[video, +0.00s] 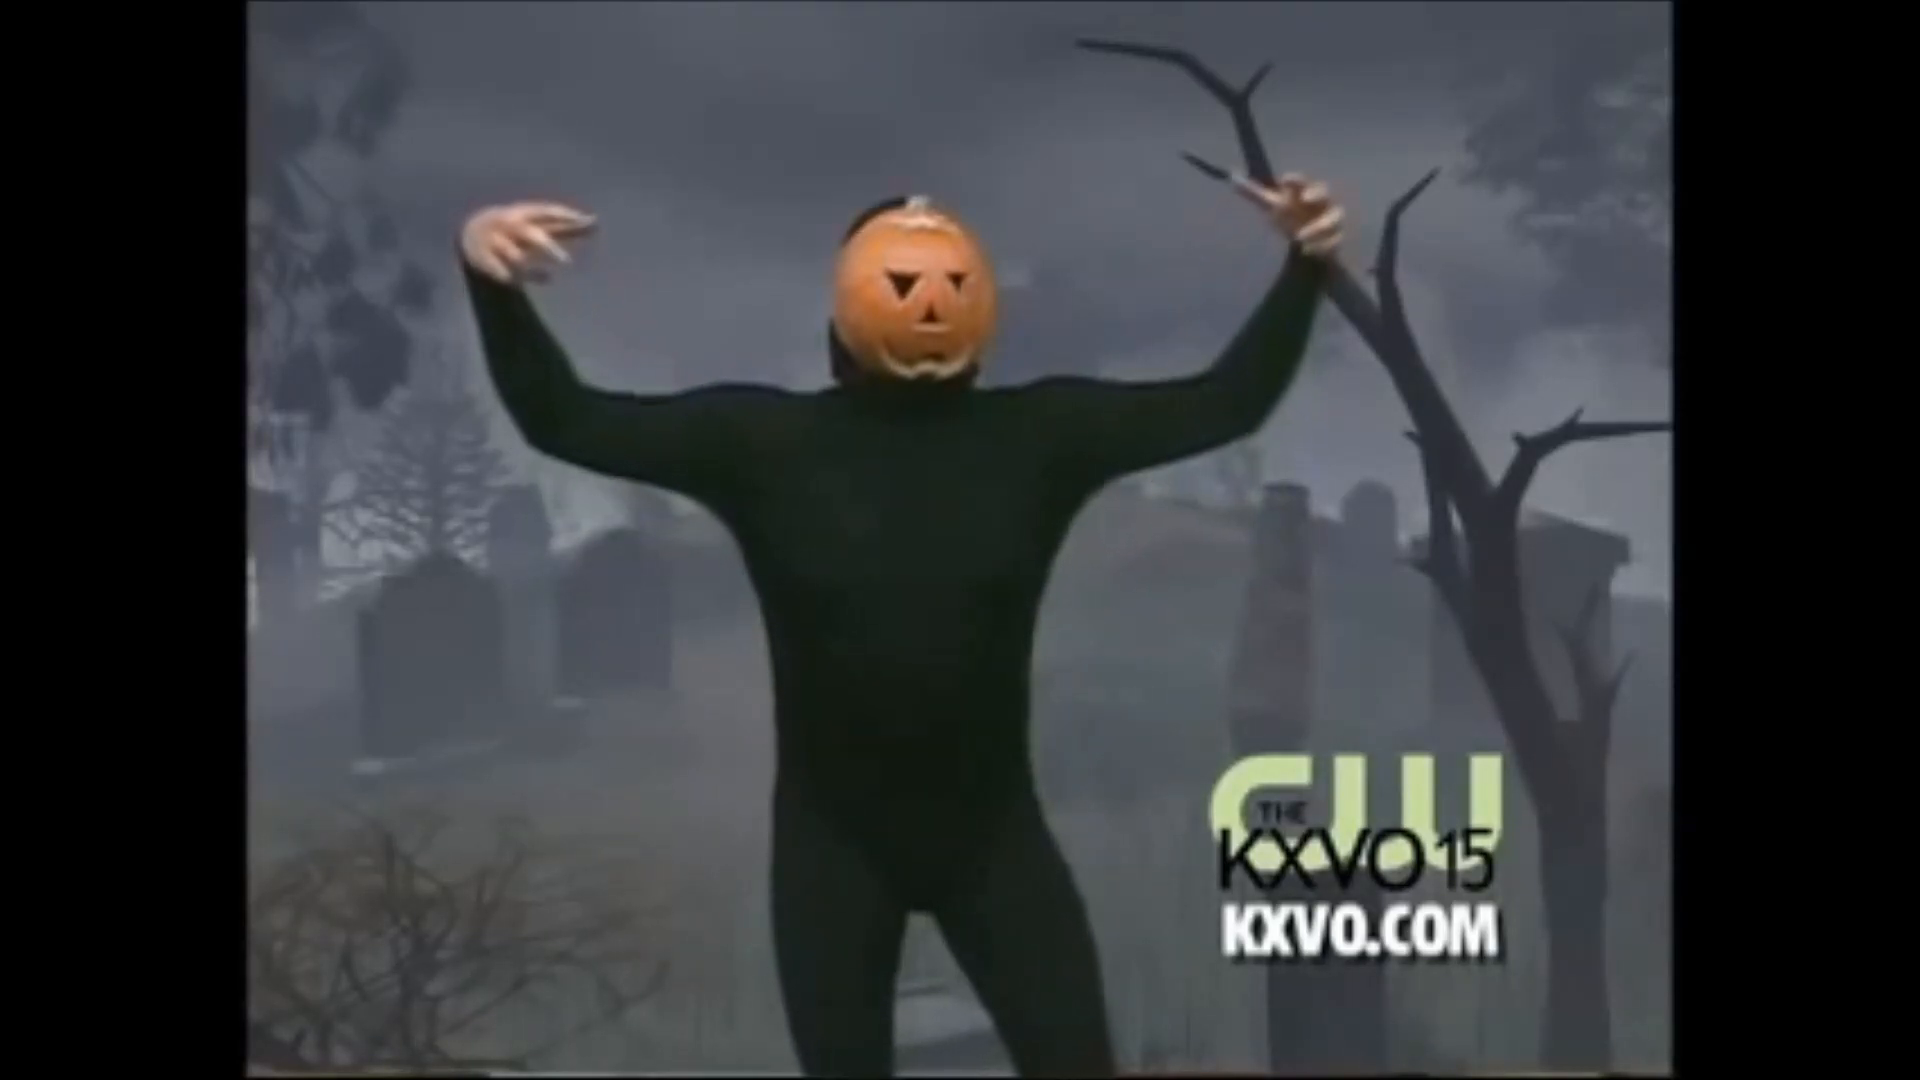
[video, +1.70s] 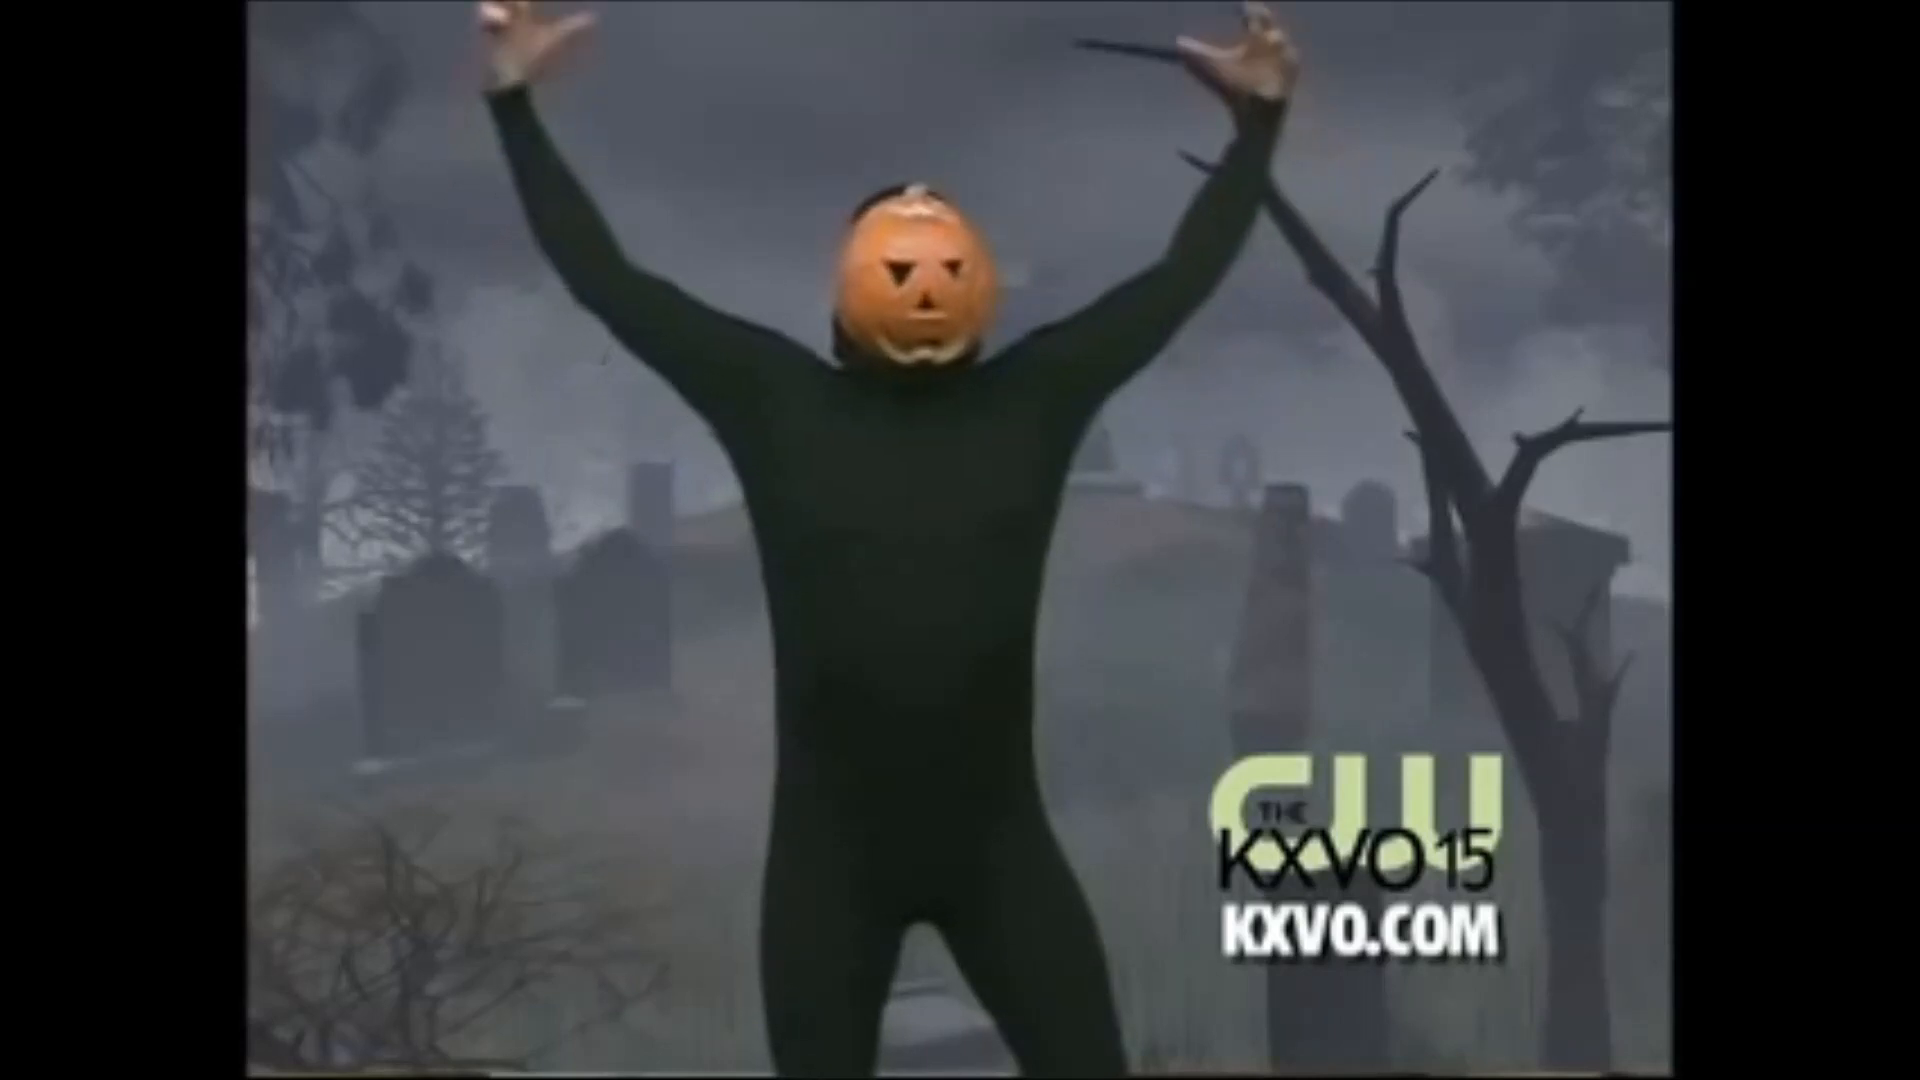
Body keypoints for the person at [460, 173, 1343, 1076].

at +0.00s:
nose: (927, 289)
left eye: (953, 271)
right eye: (893, 268)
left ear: (988, 315)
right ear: (838, 314)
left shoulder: (1051, 431)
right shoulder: (756, 439)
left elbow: (1231, 398)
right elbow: (560, 416)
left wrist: (1305, 268)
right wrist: (491, 280)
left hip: (996, 836)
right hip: (830, 844)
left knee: (1078, 1062)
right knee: (841, 1066)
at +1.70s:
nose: (924, 282)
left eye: (949, 267)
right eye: (893, 265)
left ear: (990, 300)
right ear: (841, 301)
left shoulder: (1037, 399)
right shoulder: (772, 401)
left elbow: (1186, 274)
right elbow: (604, 279)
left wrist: (1259, 123)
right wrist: (515, 98)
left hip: (996, 837)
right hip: (830, 845)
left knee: (1088, 1066)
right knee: (819, 1068)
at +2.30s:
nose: (932, 293)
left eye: (956, 279)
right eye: (900, 277)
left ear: (996, 311)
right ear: (849, 313)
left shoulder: (1033, 410)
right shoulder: (786, 409)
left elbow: (1159, 250)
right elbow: (663, 246)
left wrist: (1141, 59)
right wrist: (679, 42)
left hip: (1000, 841)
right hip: (830, 848)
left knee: (1089, 1066)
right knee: (819, 1067)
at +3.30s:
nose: (943, 345)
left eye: (967, 328)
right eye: (911, 326)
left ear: (1002, 360)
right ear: (858, 357)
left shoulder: (1049, 463)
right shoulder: (786, 467)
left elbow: (1218, 361)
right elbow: (620, 380)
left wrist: (1148, 218)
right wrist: (707, 220)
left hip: (998, 859)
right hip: (835, 865)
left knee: (1084, 1065)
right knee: (825, 1067)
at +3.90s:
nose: (939, 353)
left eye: (965, 331)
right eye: (905, 332)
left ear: (1001, 362)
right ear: (853, 366)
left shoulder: (1057, 481)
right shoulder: (775, 487)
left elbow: (1241, 465)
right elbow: (578, 495)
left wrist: (1280, 311)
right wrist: (557, 321)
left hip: (995, 865)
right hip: (831, 871)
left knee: (1078, 1066)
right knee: (824, 1067)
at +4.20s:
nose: (930, 349)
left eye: (956, 331)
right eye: (899, 332)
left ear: (992, 364)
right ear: (848, 368)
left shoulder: (1047, 494)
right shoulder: (777, 503)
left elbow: (1232, 524)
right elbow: (585, 584)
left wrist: (1344, 385)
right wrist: (472, 431)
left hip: (989, 866)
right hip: (825, 873)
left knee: (1067, 1064)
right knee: (822, 1070)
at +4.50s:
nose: (908, 337)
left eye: (935, 324)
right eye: (877, 326)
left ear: (972, 368)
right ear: (833, 370)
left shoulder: (1029, 503)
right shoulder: (768, 516)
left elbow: (1202, 575)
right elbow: (622, 656)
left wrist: (1365, 496)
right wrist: (439, 610)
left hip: (979, 871)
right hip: (817, 876)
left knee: (1059, 1062)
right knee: (813, 1072)